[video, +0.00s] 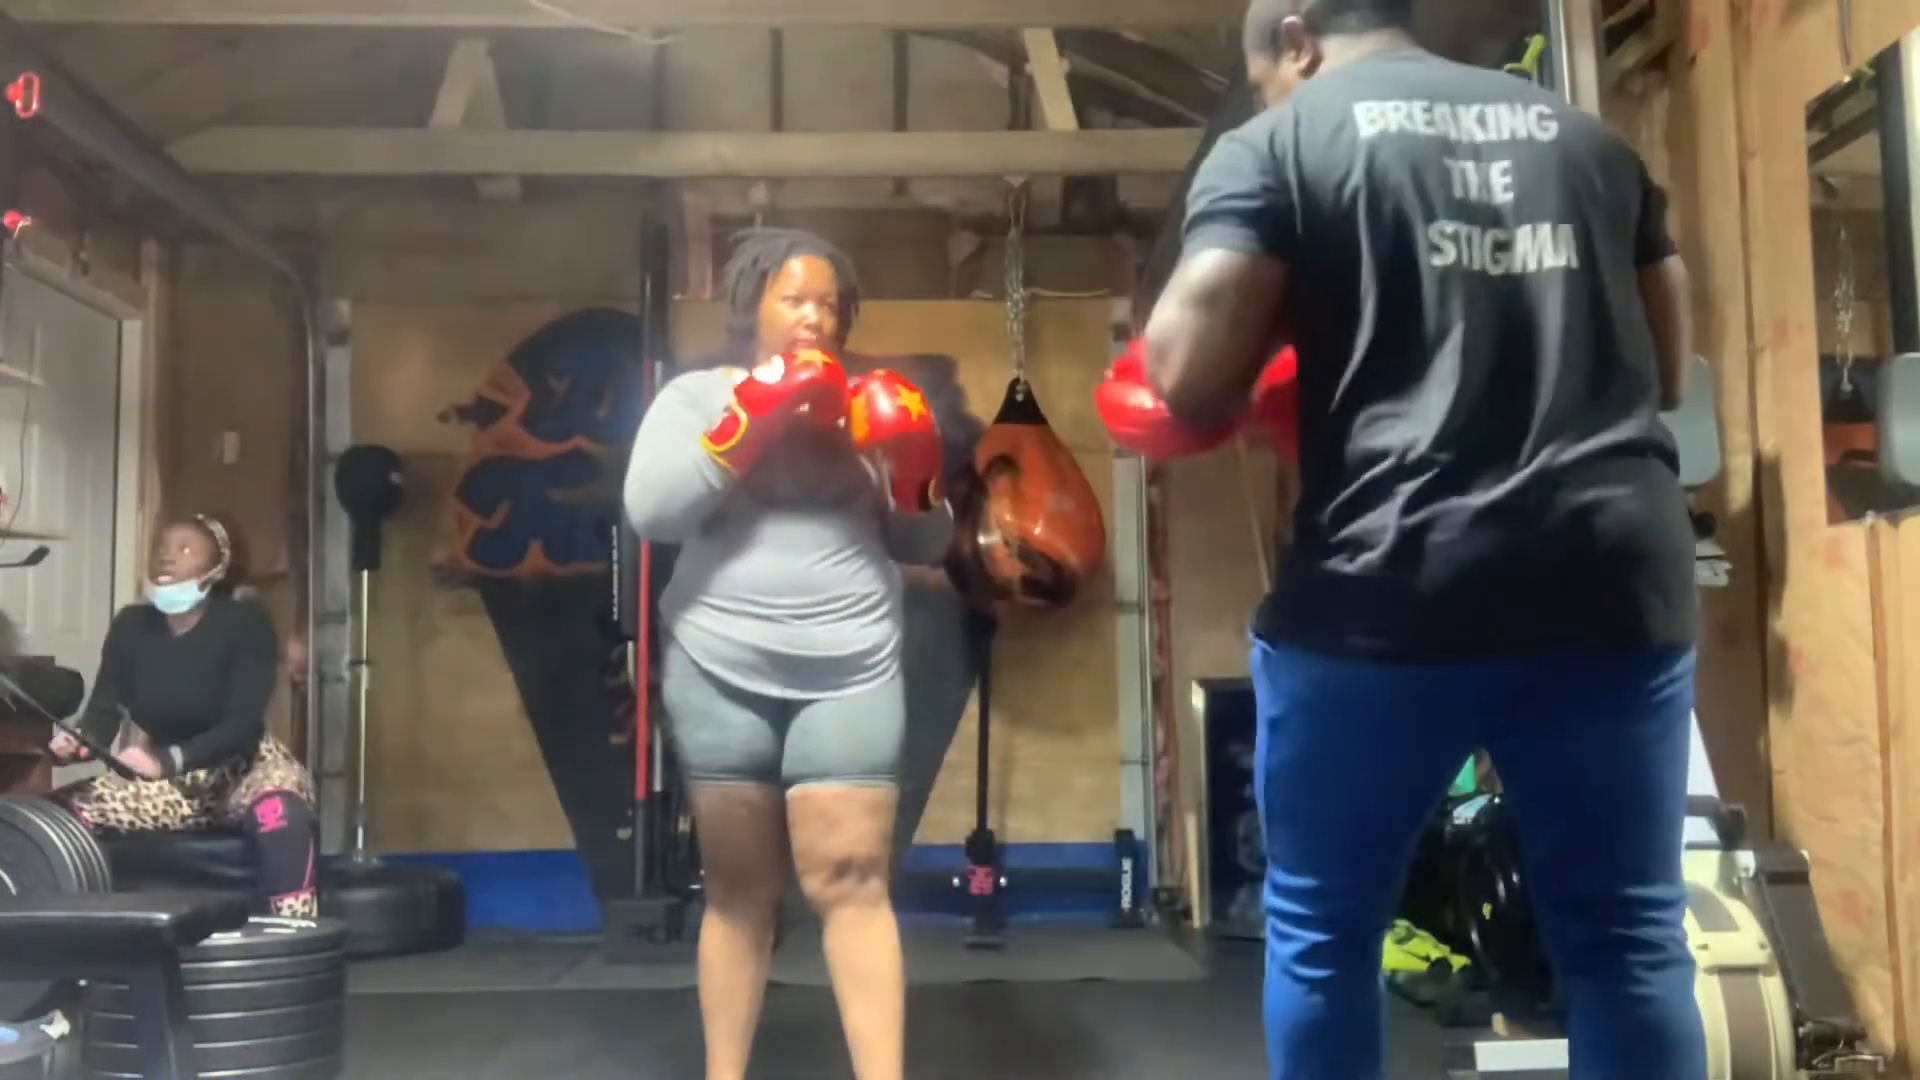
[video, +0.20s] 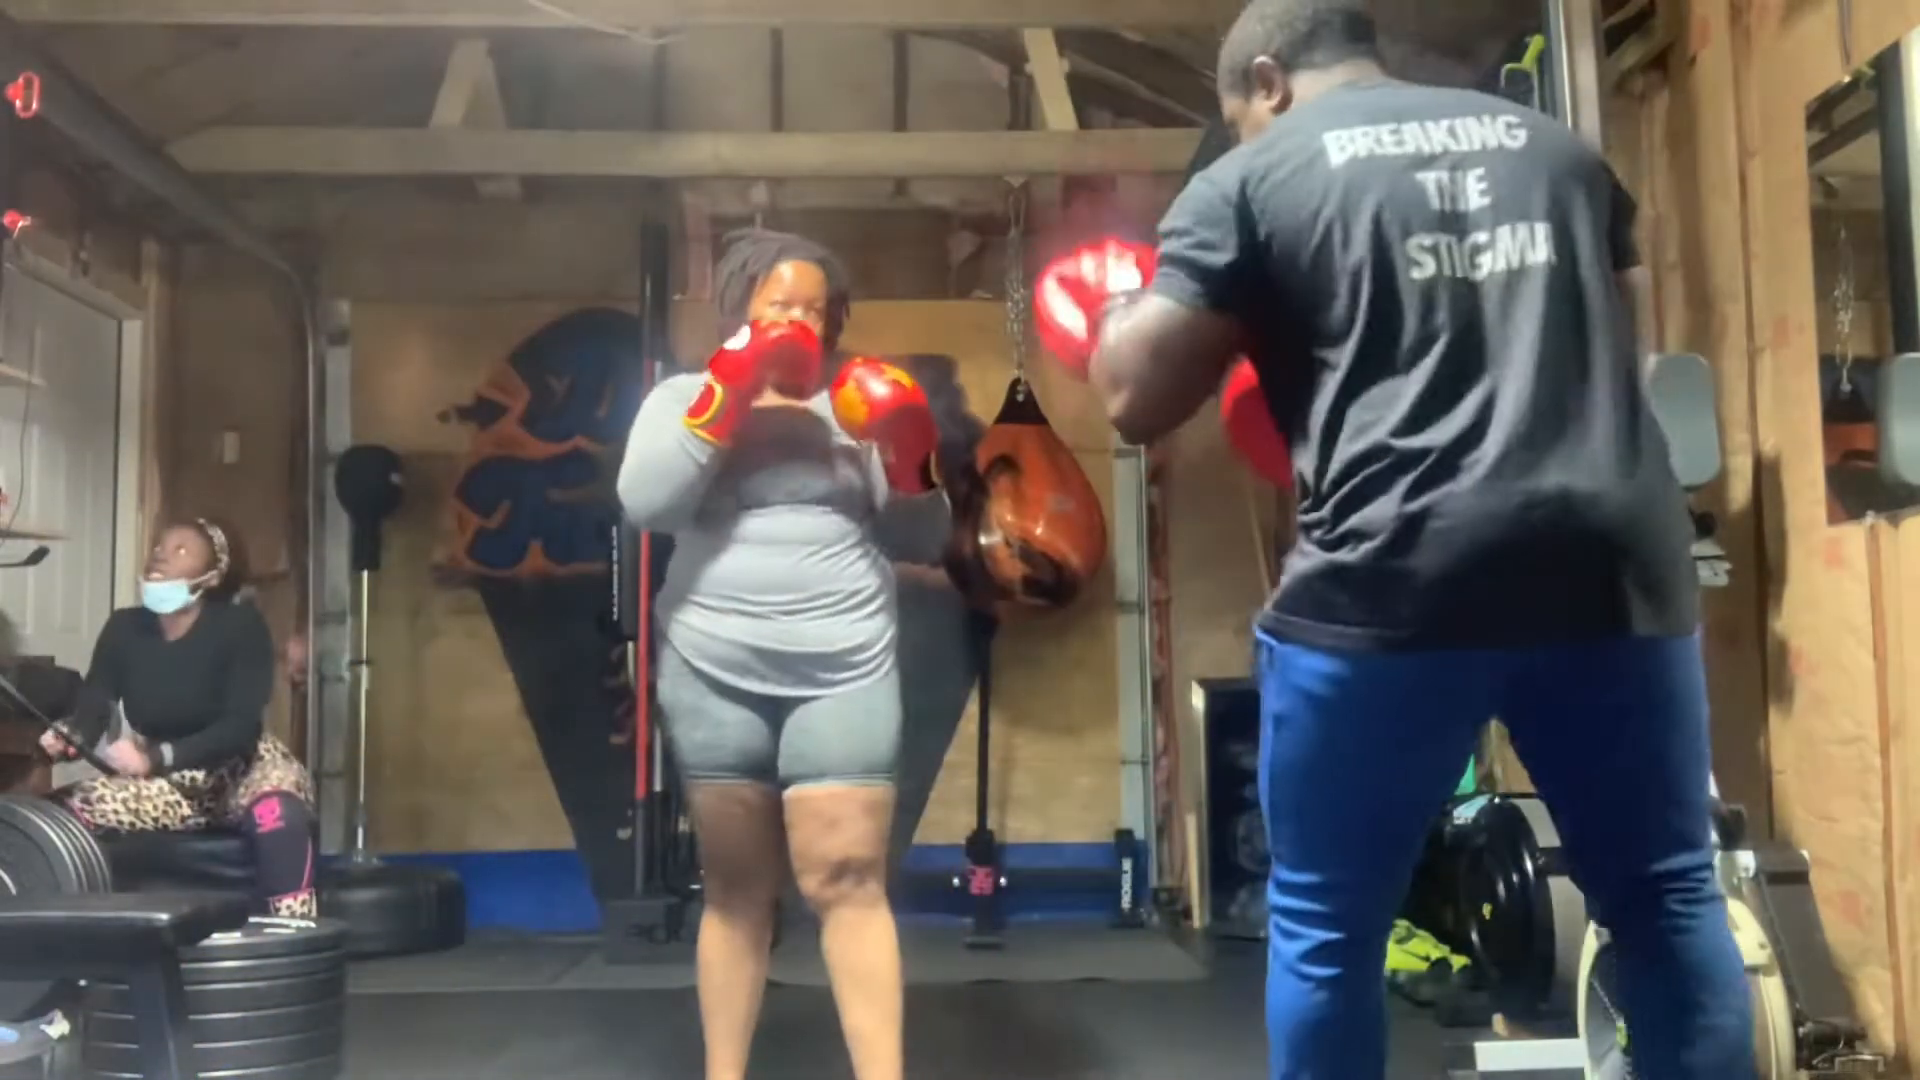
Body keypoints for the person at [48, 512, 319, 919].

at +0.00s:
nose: (166, 561)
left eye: (183, 551)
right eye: (161, 551)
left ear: (214, 568)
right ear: (150, 559)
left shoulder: (246, 623)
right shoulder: (132, 625)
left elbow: (243, 727)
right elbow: (103, 710)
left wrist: (168, 759)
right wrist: (81, 739)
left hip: (238, 778)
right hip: (156, 780)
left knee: (281, 811)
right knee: (54, 817)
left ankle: (295, 945)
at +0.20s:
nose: (159, 560)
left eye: (178, 553)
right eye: (157, 550)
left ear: (209, 576)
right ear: (147, 558)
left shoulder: (241, 626)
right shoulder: (125, 627)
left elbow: (241, 728)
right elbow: (94, 705)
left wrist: (158, 756)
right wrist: (70, 733)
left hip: (240, 777)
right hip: (159, 780)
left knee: (279, 813)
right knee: (61, 816)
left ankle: (293, 944)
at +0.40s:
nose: (161, 557)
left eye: (181, 551)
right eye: (160, 549)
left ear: (211, 576)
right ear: (148, 558)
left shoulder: (241, 627)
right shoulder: (124, 628)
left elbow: (242, 738)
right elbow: (92, 714)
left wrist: (165, 764)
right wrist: (72, 745)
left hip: (239, 781)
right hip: (159, 783)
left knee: (280, 813)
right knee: (71, 817)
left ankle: (294, 944)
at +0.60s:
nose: (164, 558)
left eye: (185, 551)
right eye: (164, 549)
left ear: (215, 575)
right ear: (153, 557)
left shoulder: (244, 626)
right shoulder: (128, 626)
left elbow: (247, 737)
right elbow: (99, 713)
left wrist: (171, 753)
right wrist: (85, 739)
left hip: (237, 780)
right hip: (152, 782)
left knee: (280, 814)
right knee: (61, 815)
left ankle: (295, 945)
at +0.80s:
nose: (174, 563)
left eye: (190, 554)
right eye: (171, 552)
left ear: (224, 571)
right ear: (161, 556)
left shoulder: (255, 626)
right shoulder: (135, 624)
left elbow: (252, 734)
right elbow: (98, 724)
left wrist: (183, 746)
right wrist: (81, 730)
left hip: (245, 783)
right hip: (166, 784)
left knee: (280, 812)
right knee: (67, 812)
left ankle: (294, 947)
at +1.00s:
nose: (178, 562)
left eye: (194, 552)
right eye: (170, 553)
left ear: (224, 567)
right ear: (159, 561)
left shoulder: (258, 625)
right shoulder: (139, 623)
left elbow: (259, 732)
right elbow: (96, 728)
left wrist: (198, 741)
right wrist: (69, 719)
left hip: (246, 779)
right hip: (164, 781)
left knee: (281, 811)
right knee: (65, 813)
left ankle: (293, 950)